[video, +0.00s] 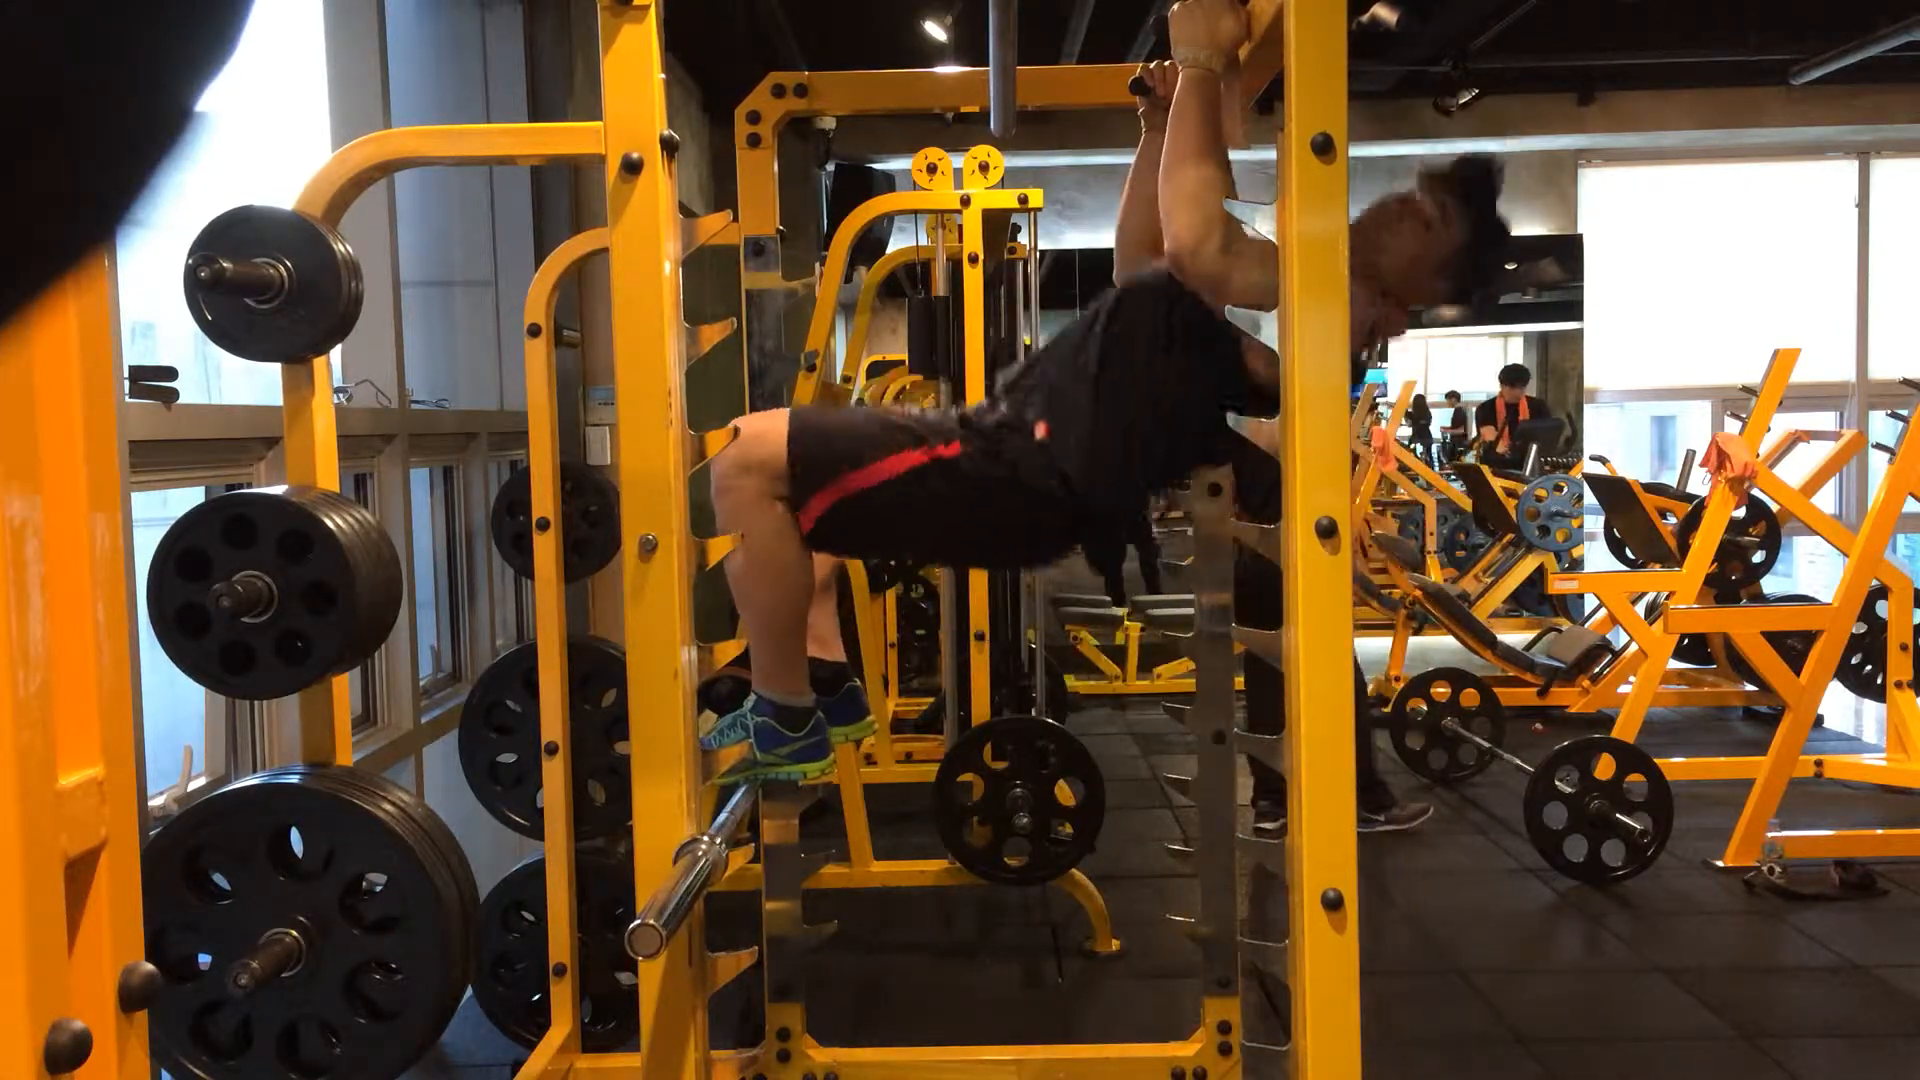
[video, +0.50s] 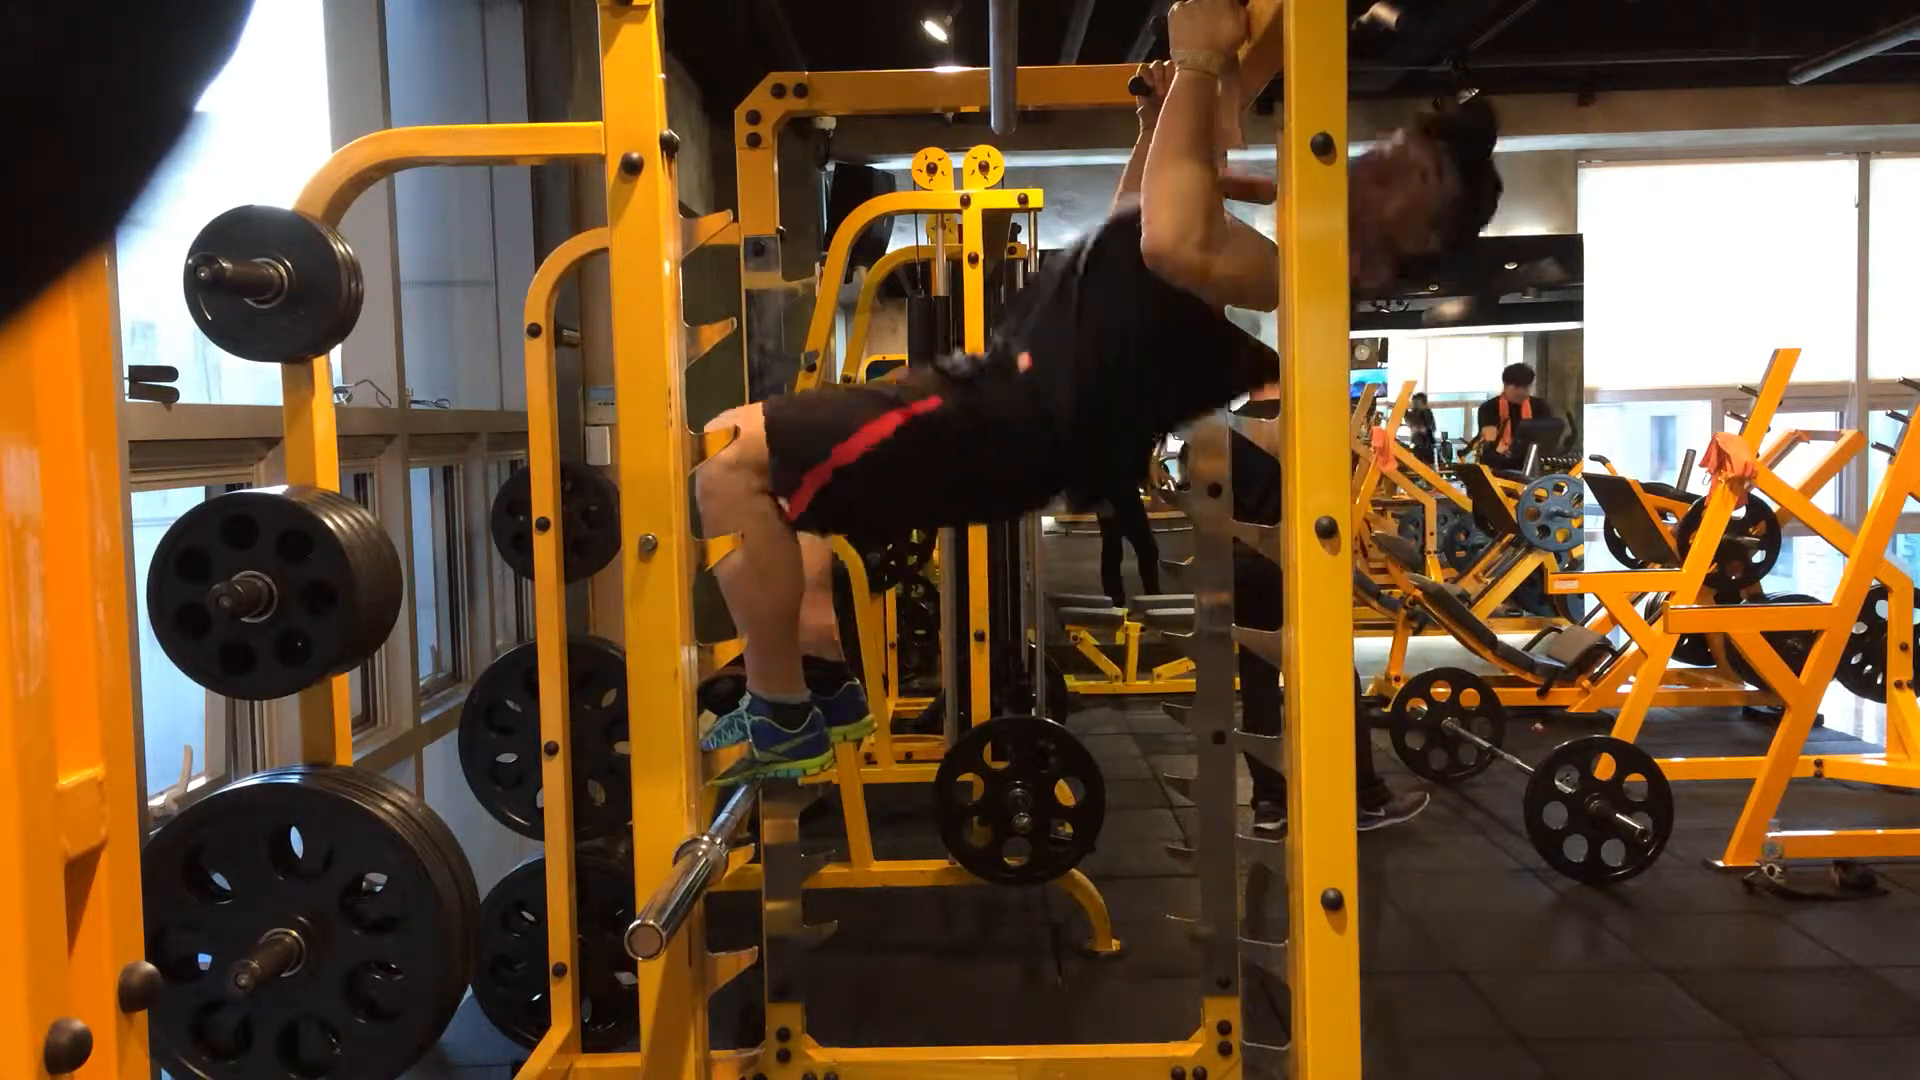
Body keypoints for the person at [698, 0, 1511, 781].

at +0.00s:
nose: (1390, 207)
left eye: (1413, 214)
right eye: (1403, 200)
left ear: (1429, 274)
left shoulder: (1345, 311)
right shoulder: (1316, 319)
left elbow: (1206, 260)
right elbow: (1142, 277)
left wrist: (1209, 69)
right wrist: (1157, 126)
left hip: (1036, 478)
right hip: (1026, 439)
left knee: (748, 469)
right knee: (772, 438)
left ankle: (783, 719)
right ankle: (819, 671)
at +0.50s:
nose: (1376, 158)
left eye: (1403, 171)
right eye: (1391, 147)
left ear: (1415, 237)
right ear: (1369, 158)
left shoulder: (1326, 277)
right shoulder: (1310, 227)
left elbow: (1179, 244)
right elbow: (1142, 210)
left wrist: (1208, 66)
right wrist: (1187, 92)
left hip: (1020, 421)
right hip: (1007, 382)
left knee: (733, 474)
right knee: (746, 433)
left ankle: (782, 715)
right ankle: (822, 672)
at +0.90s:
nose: (1365, 153)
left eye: (1389, 164)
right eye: (1380, 145)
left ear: (1391, 253)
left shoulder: (1331, 283)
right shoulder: (1303, 267)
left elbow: (1187, 246)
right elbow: (1139, 247)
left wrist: (1204, 65)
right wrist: (1173, 106)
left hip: (1024, 454)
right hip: (1011, 423)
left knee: (739, 465)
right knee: (758, 439)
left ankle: (781, 713)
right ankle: (825, 673)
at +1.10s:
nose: (1318, 235)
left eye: (1351, 235)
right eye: (1341, 223)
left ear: (1381, 291)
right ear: (1365, 280)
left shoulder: (1302, 383)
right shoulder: (1256, 340)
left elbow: (1187, 262)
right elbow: (1134, 277)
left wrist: (1199, 73)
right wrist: (1158, 126)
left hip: (1017, 543)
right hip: (1003, 499)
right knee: (762, 440)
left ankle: (780, 713)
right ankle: (826, 675)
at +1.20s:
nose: (1310, 256)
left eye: (1346, 263)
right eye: (1331, 249)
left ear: (1374, 317)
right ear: (1334, 286)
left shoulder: (1296, 396)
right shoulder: (1252, 356)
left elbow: (1184, 262)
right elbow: (1136, 283)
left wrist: (1199, 74)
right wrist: (1157, 131)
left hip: (1019, 559)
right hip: (1006, 516)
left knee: (743, 465)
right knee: (773, 446)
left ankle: (781, 713)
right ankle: (826, 679)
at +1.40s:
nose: (1339, 224)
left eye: (1364, 219)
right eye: (1358, 213)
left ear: (1386, 256)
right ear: (1388, 263)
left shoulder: (1330, 347)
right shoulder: (1300, 349)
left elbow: (1190, 265)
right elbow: (1132, 280)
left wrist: (1200, 72)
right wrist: (1153, 125)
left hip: (1010, 512)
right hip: (998, 474)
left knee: (731, 476)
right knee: (747, 435)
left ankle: (781, 715)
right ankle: (821, 665)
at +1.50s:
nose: (1352, 178)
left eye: (1378, 179)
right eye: (1367, 169)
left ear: (1397, 223)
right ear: (1379, 216)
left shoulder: (1316, 290)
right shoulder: (1306, 297)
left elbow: (1179, 245)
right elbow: (1140, 242)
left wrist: (1203, 69)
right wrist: (1176, 97)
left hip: (1003, 464)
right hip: (1010, 444)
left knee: (731, 475)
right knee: (749, 435)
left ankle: (780, 713)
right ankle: (821, 669)